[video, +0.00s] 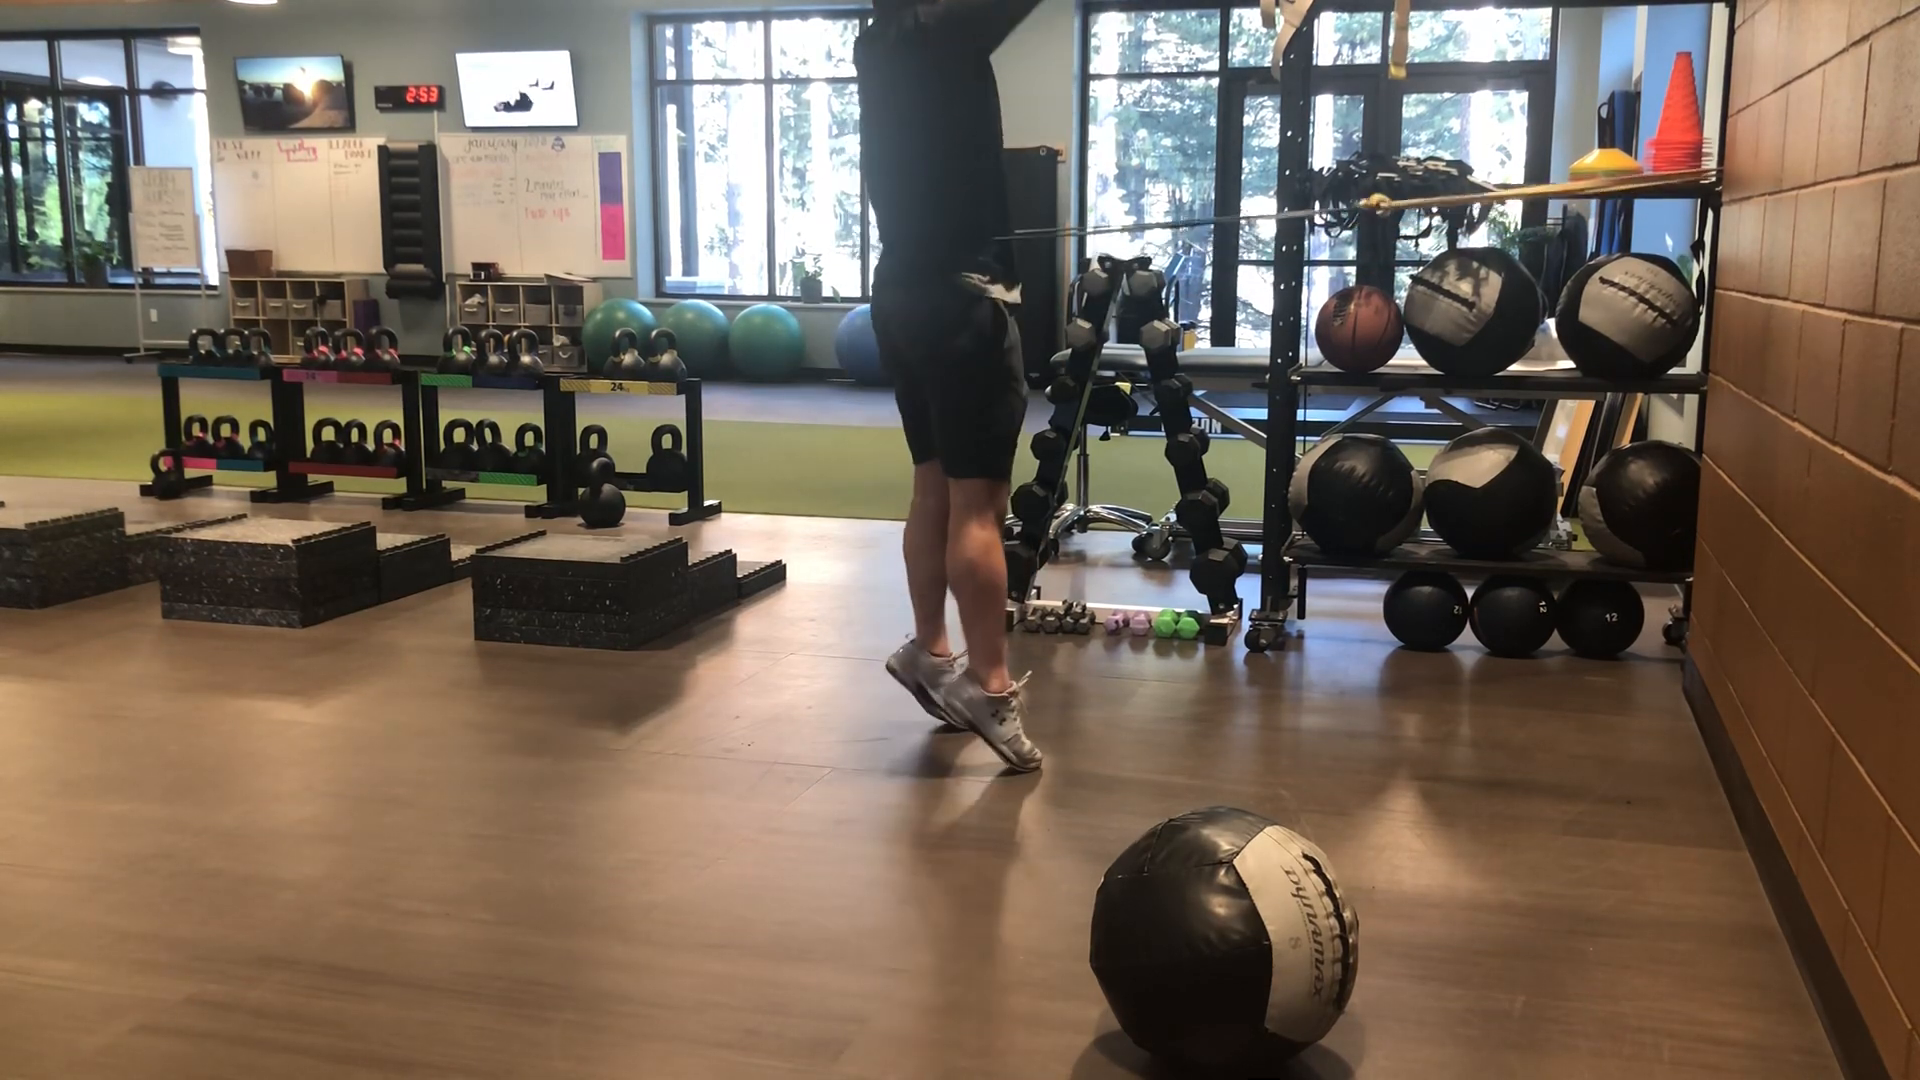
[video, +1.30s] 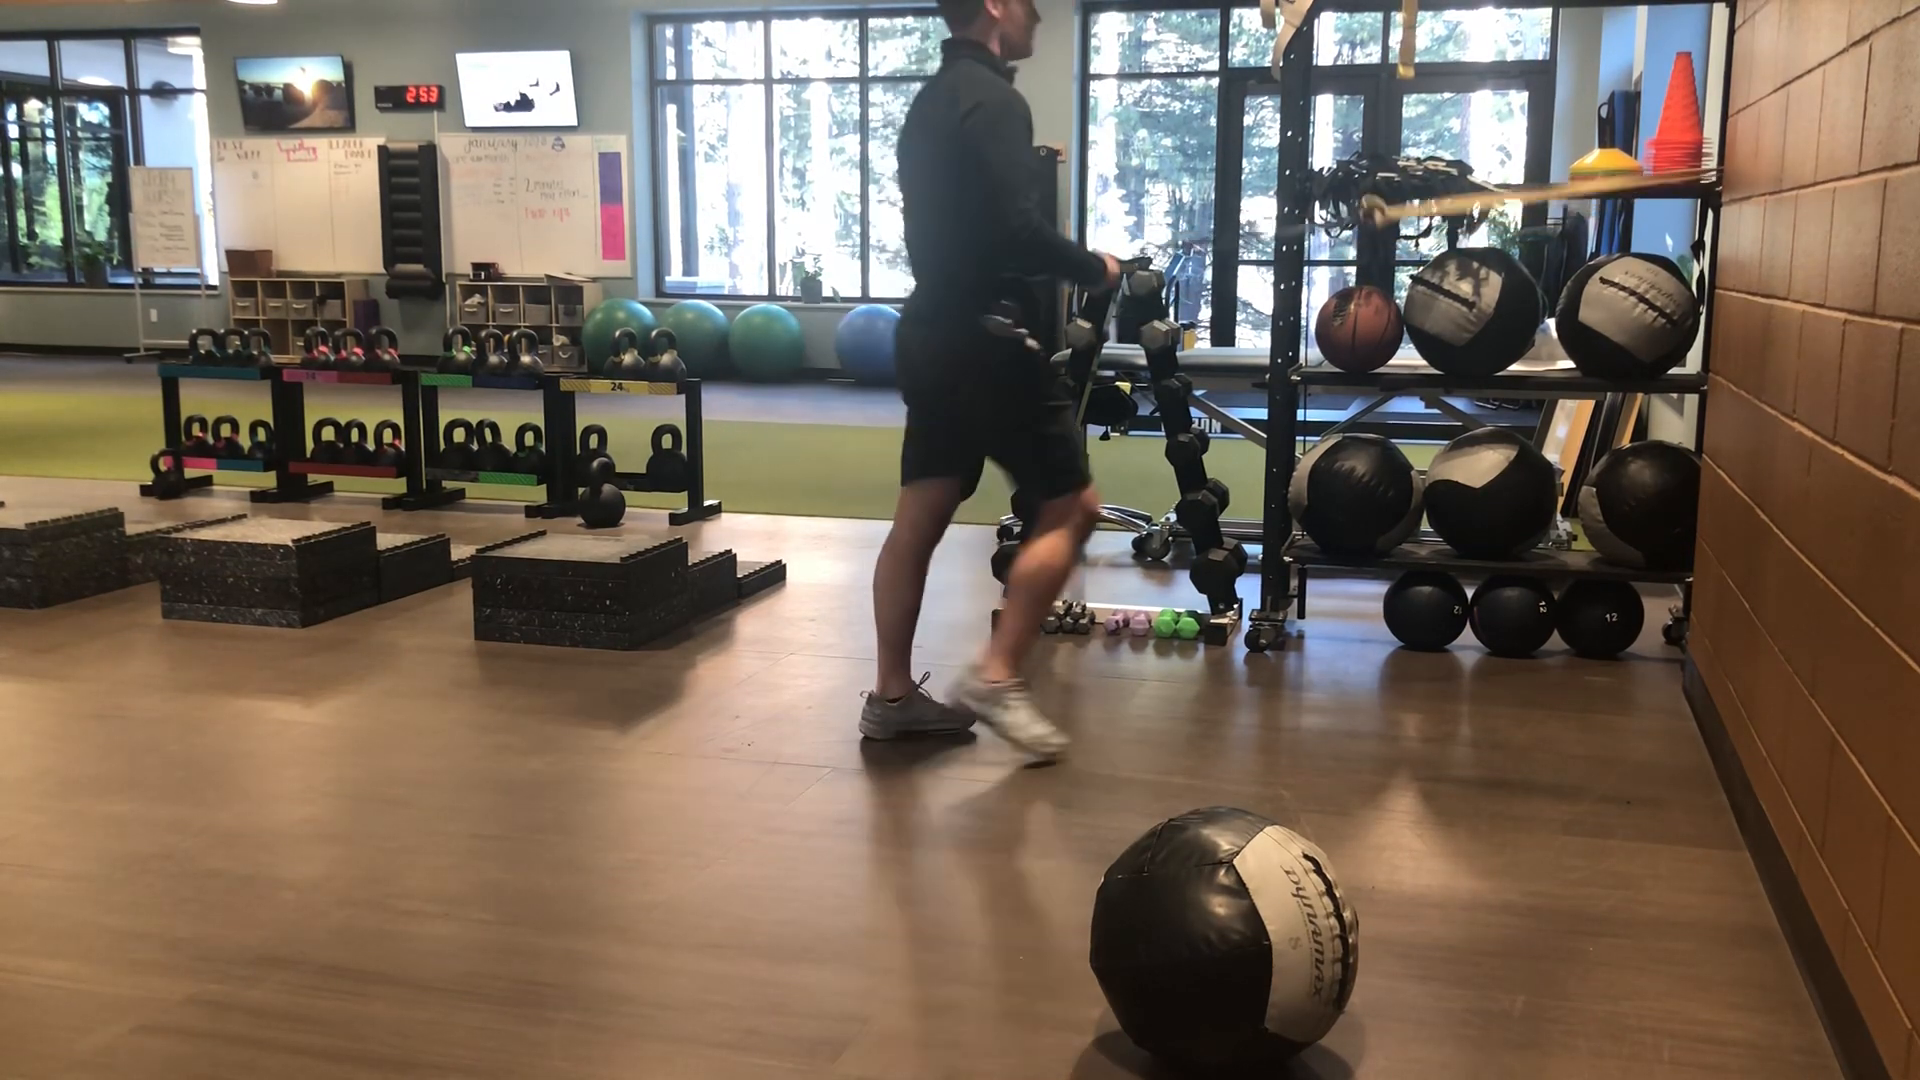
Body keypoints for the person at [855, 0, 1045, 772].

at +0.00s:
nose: (978, 12)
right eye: (973, 8)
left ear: (893, 2)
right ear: (945, 0)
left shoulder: (874, 49)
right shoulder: (954, 36)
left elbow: (885, 188)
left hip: (900, 293)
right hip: (963, 296)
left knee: (932, 479)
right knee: (979, 504)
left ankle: (928, 647)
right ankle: (989, 686)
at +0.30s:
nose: (1014, 39)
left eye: (1012, 25)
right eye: (1008, 24)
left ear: (949, 28)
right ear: (978, 21)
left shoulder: (910, 116)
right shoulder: (965, 116)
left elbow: (920, 245)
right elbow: (993, 231)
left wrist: (987, 325)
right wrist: (1027, 315)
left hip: (869, 342)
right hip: (913, 346)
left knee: (946, 529)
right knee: (993, 542)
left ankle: (895, 689)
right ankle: (948, 733)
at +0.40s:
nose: (1045, 102)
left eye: (1045, 87)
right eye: (1041, 86)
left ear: (983, 85)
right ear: (1011, 83)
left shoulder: (935, 172)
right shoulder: (992, 186)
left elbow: (857, 284)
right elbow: (950, 306)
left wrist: (835, 387)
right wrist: (928, 411)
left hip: (848, 390)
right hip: (901, 401)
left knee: (954, 543)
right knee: (1019, 555)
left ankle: (894, 697)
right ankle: (950, 734)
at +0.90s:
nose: (1063, 77)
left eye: (1064, 62)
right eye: (1060, 59)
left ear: (1003, 52)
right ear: (1024, 51)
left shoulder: (938, 136)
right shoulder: (997, 147)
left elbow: (874, 257)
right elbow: (954, 275)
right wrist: (953, 404)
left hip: (862, 357)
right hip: (911, 365)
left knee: (954, 534)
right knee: (993, 543)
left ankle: (893, 699)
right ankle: (947, 734)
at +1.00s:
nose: (1040, 31)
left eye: (1041, 17)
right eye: (1036, 15)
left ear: (977, 14)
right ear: (1002, 9)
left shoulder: (918, 90)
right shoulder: (989, 98)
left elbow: (882, 220)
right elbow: (986, 233)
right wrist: (1026, 341)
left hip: (880, 321)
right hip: (935, 328)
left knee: (925, 524)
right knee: (963, 532)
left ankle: (892, 698)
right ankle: (946, 729)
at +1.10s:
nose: (1026, 24)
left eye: (1026, 13)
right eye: (1023, 10)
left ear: (960, 11)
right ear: (992, 6)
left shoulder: (909, 90)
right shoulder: (983, 87)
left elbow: (918, 220)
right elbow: (996, 208)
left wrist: (1009, 277)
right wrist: (1066, 281)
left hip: (895, 323)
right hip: (953, 328)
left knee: (911, 525)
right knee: (961, 535)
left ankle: (891, 698)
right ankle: (946, 723)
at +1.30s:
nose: (1035, 19)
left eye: (1032, 8)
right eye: (1027, 6)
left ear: (970, 16)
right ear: (993, 10)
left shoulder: (930, 102)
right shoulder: (992, 101)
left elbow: (939, 237)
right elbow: (1017, 229)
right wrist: (1094, 267)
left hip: (930, 331)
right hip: (989, 335)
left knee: (918, 517)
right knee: (1069, 508)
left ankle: (892, 696)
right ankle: (996, 674)